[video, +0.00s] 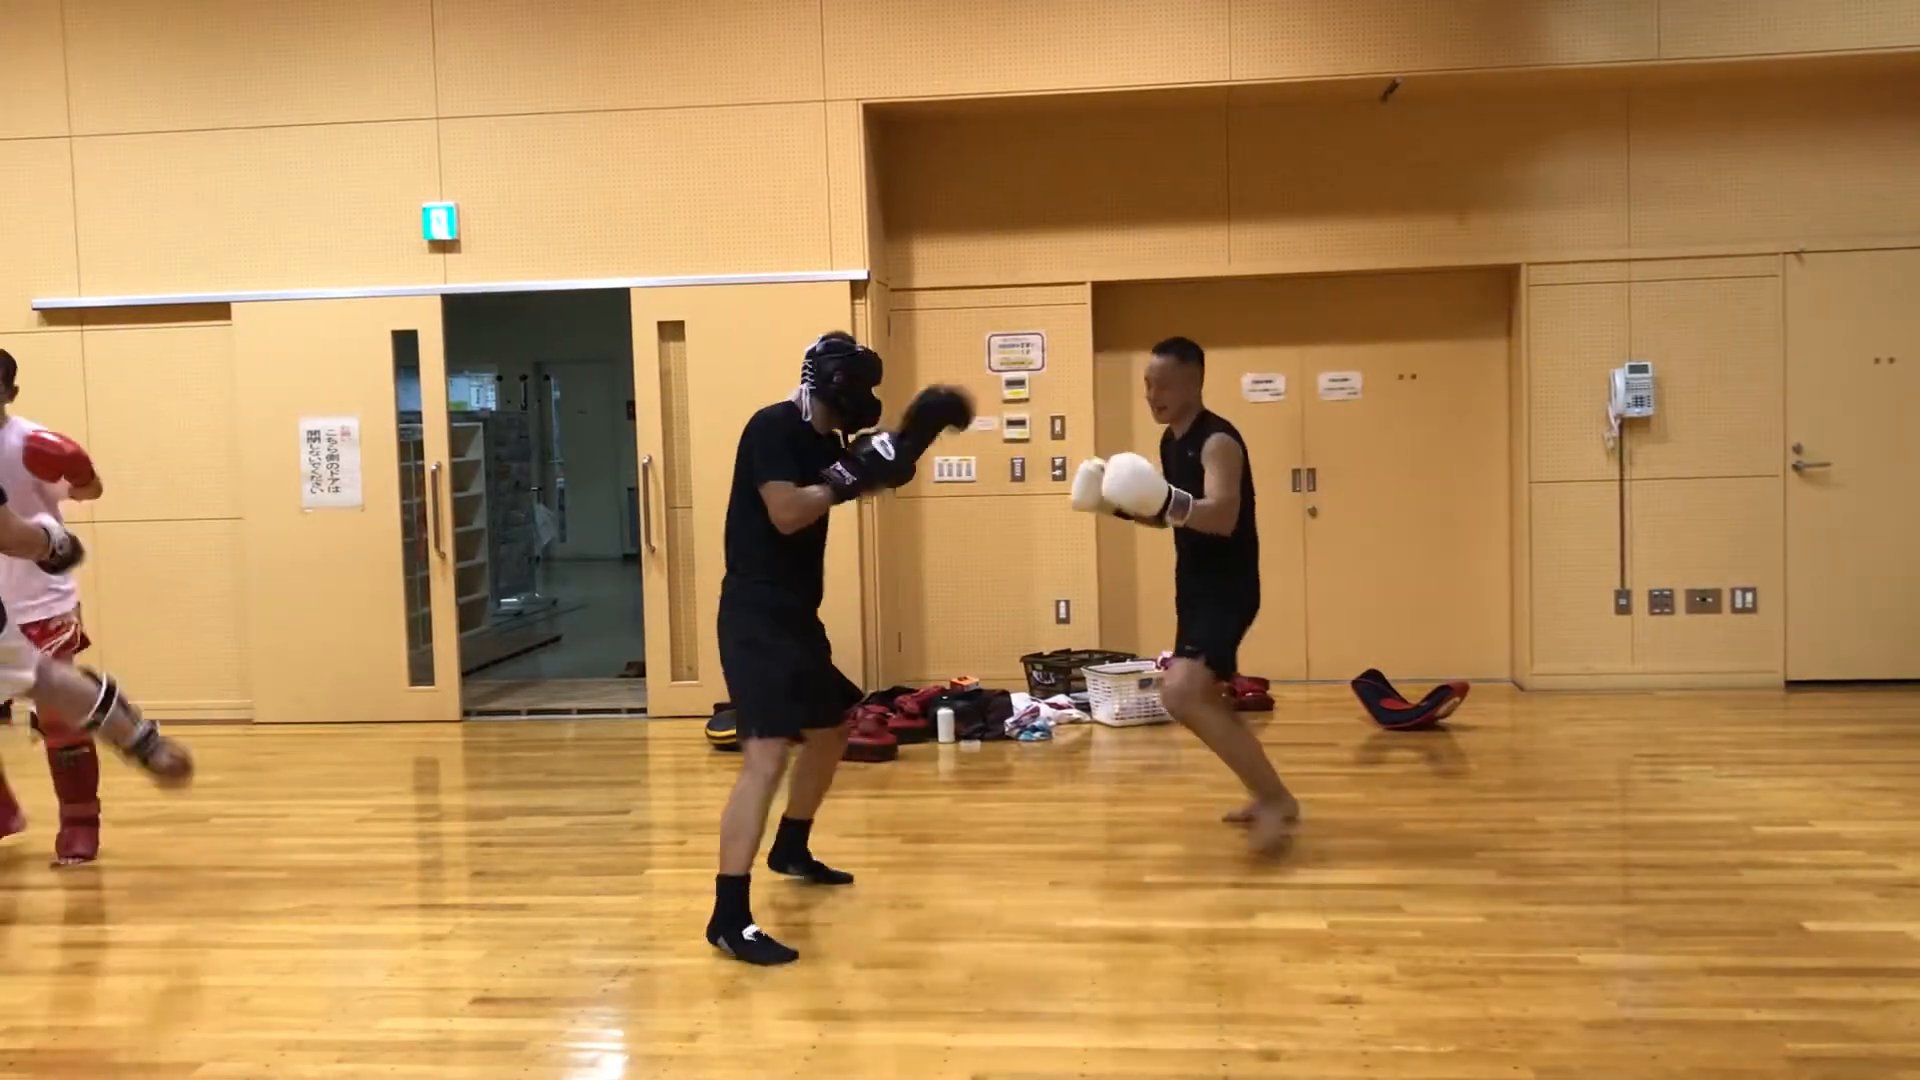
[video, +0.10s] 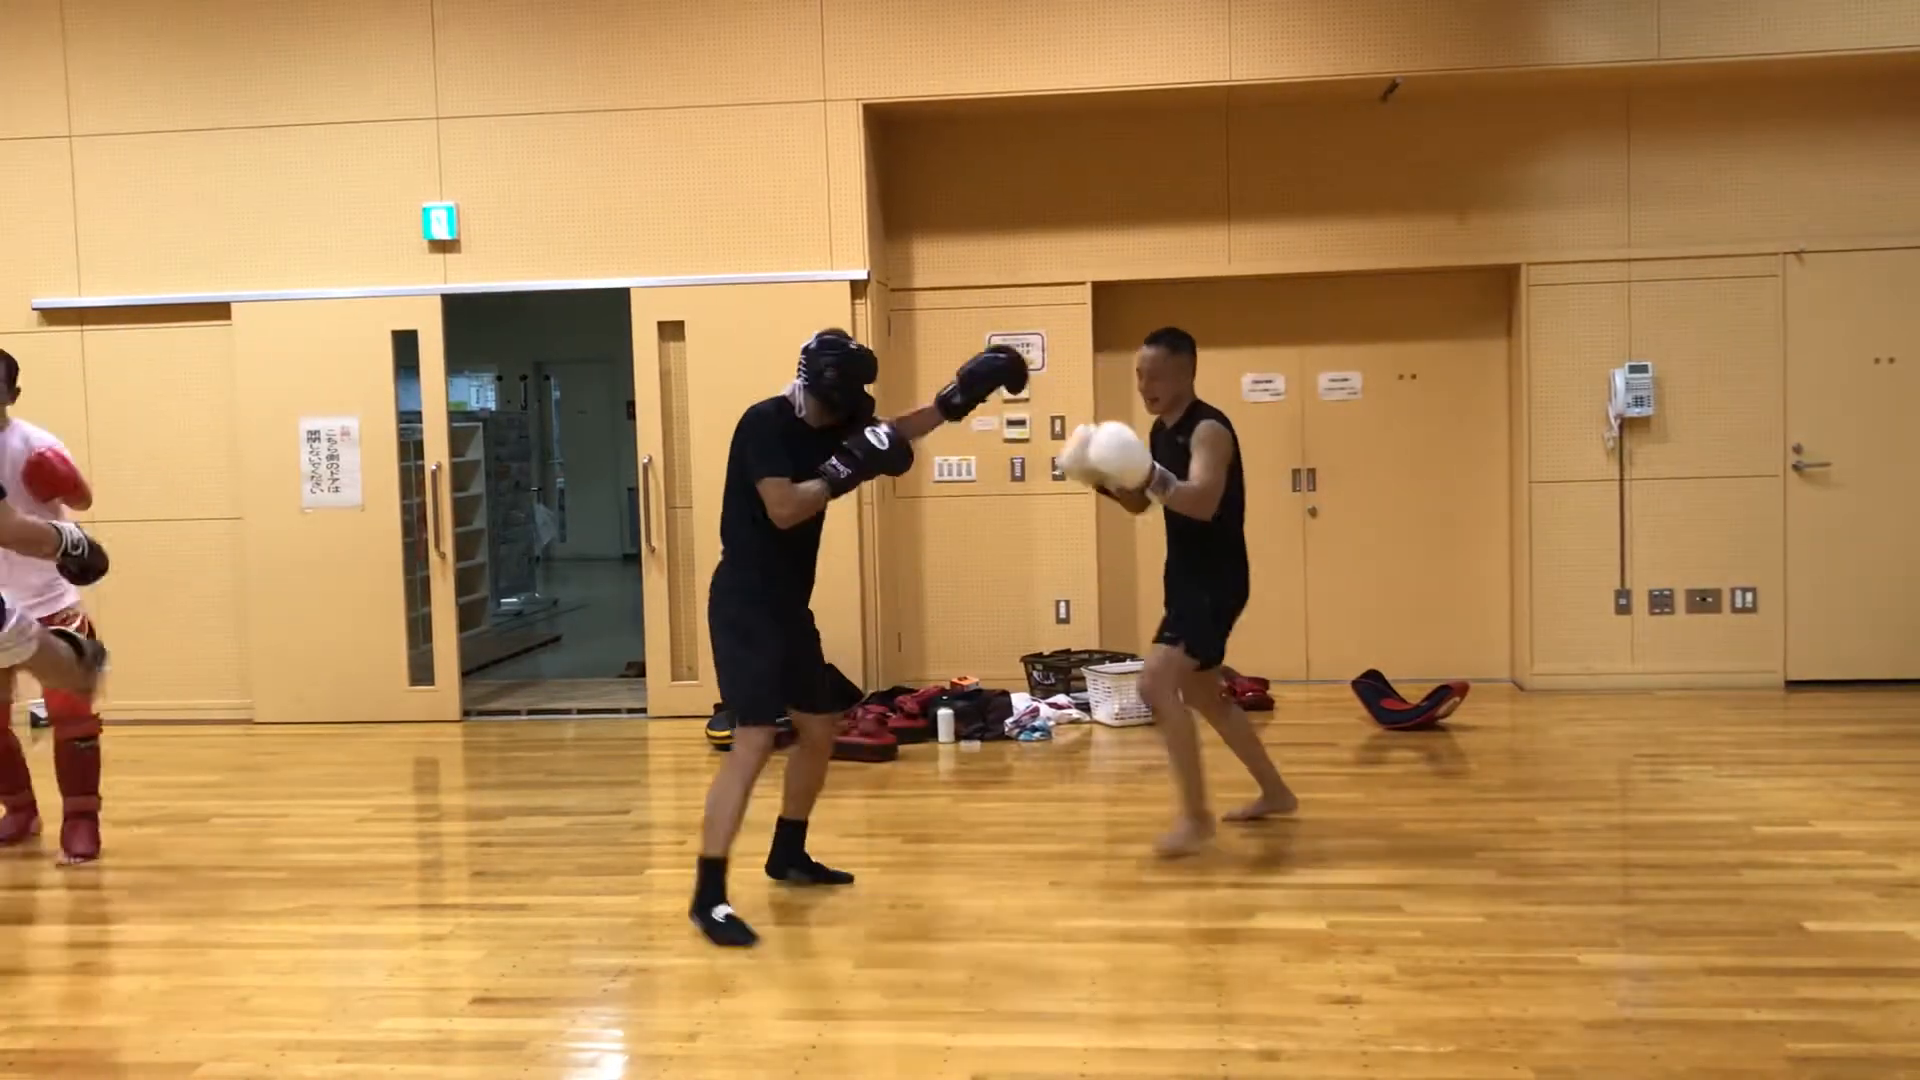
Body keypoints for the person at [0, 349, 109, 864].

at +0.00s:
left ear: (9, 386)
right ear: (7, 385)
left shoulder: (26, 443)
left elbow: (87, 481)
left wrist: (66, 487)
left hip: (43, 605)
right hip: (2, 614)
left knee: (59, 712)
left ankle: (78, 824)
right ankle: (6, 808)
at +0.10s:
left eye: (2, 381)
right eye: (0, 382)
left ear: (13, 386)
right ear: (8, 385)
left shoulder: (30, 445)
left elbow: (82, 500)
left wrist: (62, 481)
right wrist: (62, 542)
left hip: (50, 606)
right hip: (6, 616)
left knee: (70, 707)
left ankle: (81, 818)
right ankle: (18, 808)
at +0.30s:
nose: (1, 401)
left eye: (4, 392)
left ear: (13, 394)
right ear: (4, 393)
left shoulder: (35, 447)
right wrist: (38, 500)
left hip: (56, 604)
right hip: (2, 615)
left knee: (90, 706)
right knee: (7, 723)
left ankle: (103, 812)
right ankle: (16, 814)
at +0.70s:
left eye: (2, 384)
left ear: (19, 389)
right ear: (3, 388)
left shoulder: (45, 441)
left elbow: (106, 490)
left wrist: (116, 461)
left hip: (58, 593)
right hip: (4, 604)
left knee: (83, 698)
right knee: (4, 715)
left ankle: (111, 807)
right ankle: (19, 810)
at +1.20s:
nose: (4, 389)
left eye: (13, 381)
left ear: (35, 390)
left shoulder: (58, 446)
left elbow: (114, 502)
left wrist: (123, 484)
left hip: (66, 599)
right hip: (6, 605)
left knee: (83, 709)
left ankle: (107, 821)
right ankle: (10, 811)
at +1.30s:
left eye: (5, 382)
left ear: (22, 389)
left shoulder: (43, 442)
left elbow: (108, 493)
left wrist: (102, 458)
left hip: (49, 598)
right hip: (2, 605)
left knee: (75, 712)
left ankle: (105, 820)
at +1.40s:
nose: (2, 397)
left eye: (3, 389)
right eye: (3, 389)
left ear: (8, 390)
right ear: (6, 390)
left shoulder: (23, 443)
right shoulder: (22, 443)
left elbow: (92, 495)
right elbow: (90, 494)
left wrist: (89, 464)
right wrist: (87, 465)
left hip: (35, 600)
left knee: (67, 714)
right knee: (64, 716)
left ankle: (97, 820)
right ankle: (96, 820)